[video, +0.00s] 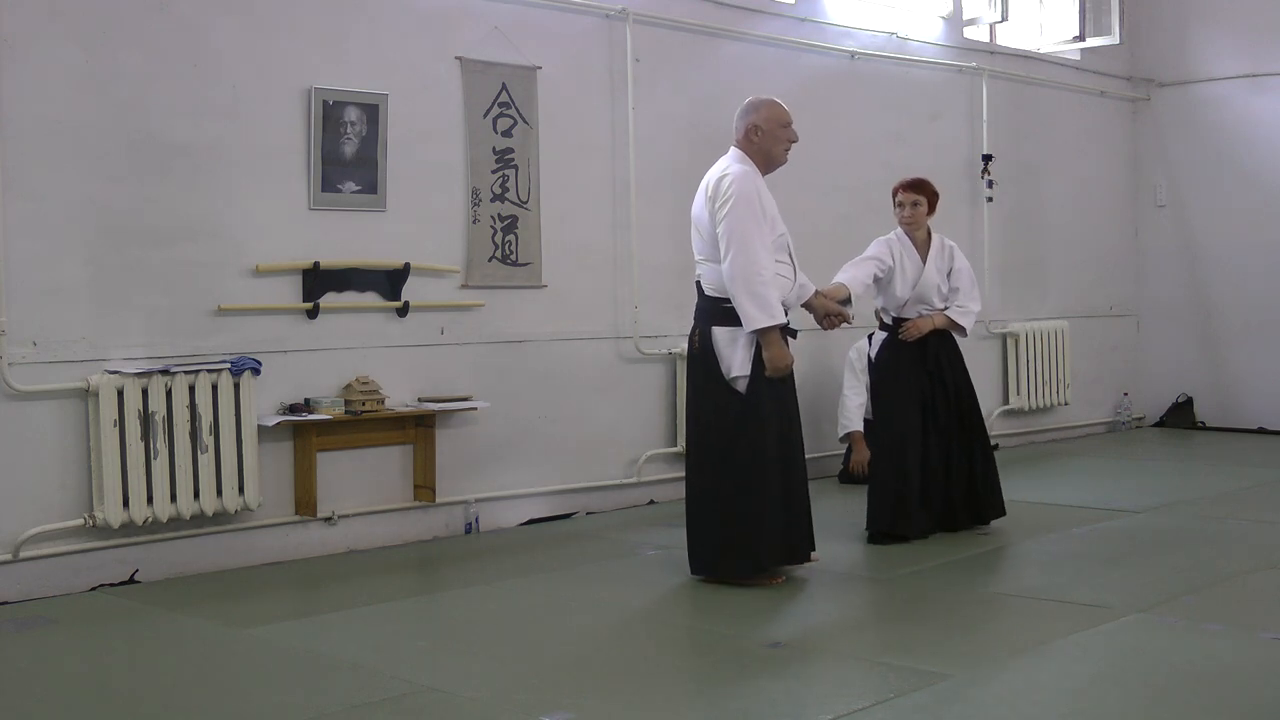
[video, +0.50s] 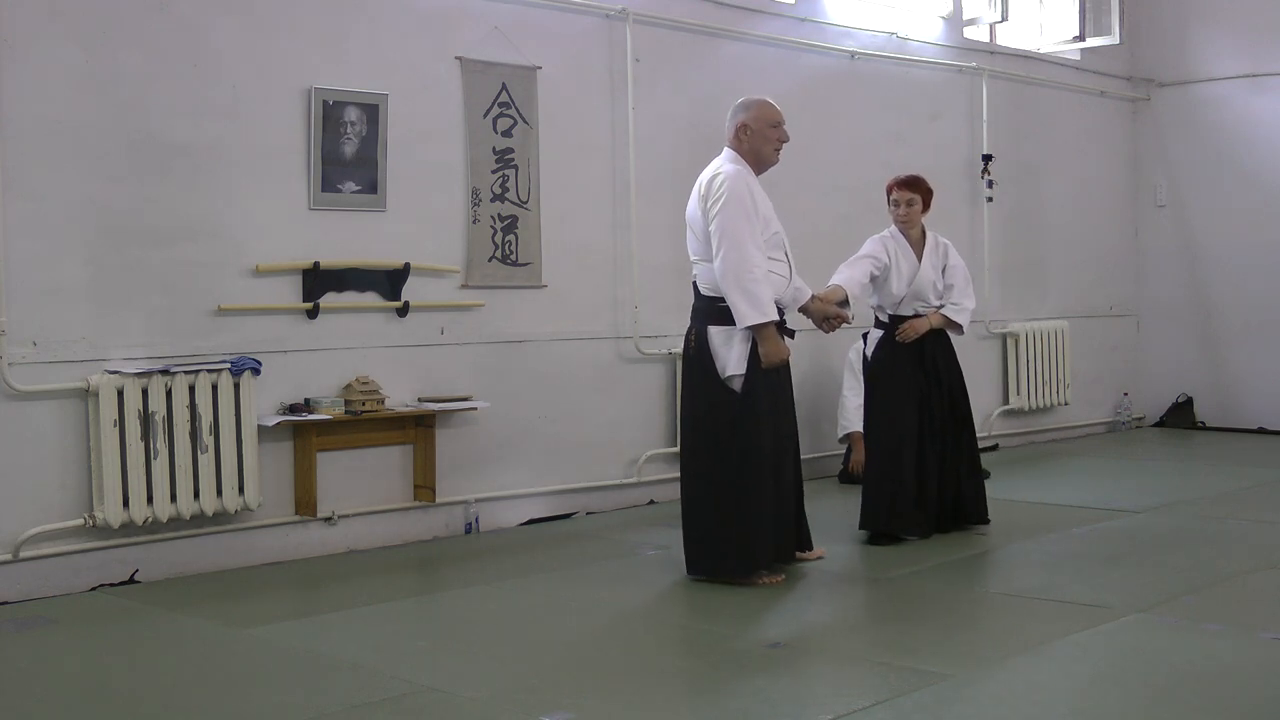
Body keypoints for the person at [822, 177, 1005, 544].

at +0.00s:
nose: (907, 212)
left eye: (915, 205)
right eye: (900, 206)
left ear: (930, 209)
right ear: (894, 211)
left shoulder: (948, 251)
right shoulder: (888, 247)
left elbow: (966, 306)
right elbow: (860, 271)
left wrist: (931, 322)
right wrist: (831, 295)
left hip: (940, 346)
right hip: (898, 347)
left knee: (952, 425)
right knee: (901, 431)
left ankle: (959, 512)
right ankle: (901, 520)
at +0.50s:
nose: (902, 211)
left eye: (910, 204)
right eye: (895, 205)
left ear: (925, 207)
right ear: (889, 209)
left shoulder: (942, 249)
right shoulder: (882, 246)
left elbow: (961, 302)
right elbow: (855, 272)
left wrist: (928, 321)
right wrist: (830, 297)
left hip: (934, 344)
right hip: (893, 346)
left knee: (943, 425)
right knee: (897, 431)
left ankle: (947, 513)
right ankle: (896, 519)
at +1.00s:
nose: (898, 209)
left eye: (906, 202)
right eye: (891, 203)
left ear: (921, 207)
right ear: (885, 208)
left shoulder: (938, 250)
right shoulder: (877, 247)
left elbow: (958, 306)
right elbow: (850, 279)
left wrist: (924, 325)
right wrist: (822, 303)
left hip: (931, 346)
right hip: (888, 347)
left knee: (939, 427)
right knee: (895, 433)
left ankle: (945, 515)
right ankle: (895, 520)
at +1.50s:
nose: (898, 206)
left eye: (905, 199)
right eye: (891, 200)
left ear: (920, 203)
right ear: (884, 206)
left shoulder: (939, 246)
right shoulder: (876, 245)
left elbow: (959, 299)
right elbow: (848, 275)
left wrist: (925, 322)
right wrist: (820, 302)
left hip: (931, 344)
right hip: (889, 346)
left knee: (938, 427)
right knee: (892, 432)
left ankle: (940, 516)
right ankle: (890, 521)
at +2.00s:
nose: (894, 206)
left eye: (902, 199)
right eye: (887, 200)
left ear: (917, 204)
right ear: (880, 206)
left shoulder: (935, 246)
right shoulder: (873, 246)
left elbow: (956, 299)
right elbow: (844, 275)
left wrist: (923, 323)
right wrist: (812, 300)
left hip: (929, 344)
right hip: (887, 346)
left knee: (938, 427)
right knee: (892, 432)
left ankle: (943, 515)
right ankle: (893, 521)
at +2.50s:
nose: (892, 208)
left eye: (899, 200)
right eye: (884, 202)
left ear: (914, 204)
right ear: (878, 207)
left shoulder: (932, 246)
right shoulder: (871, 247)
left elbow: (954, 299)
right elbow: (843, 275)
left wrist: (922, 323)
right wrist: (810, 299)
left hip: (928, 344)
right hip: (886, 347)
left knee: (936, 427)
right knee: (891, 432)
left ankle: (940, 514)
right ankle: (892, 520)